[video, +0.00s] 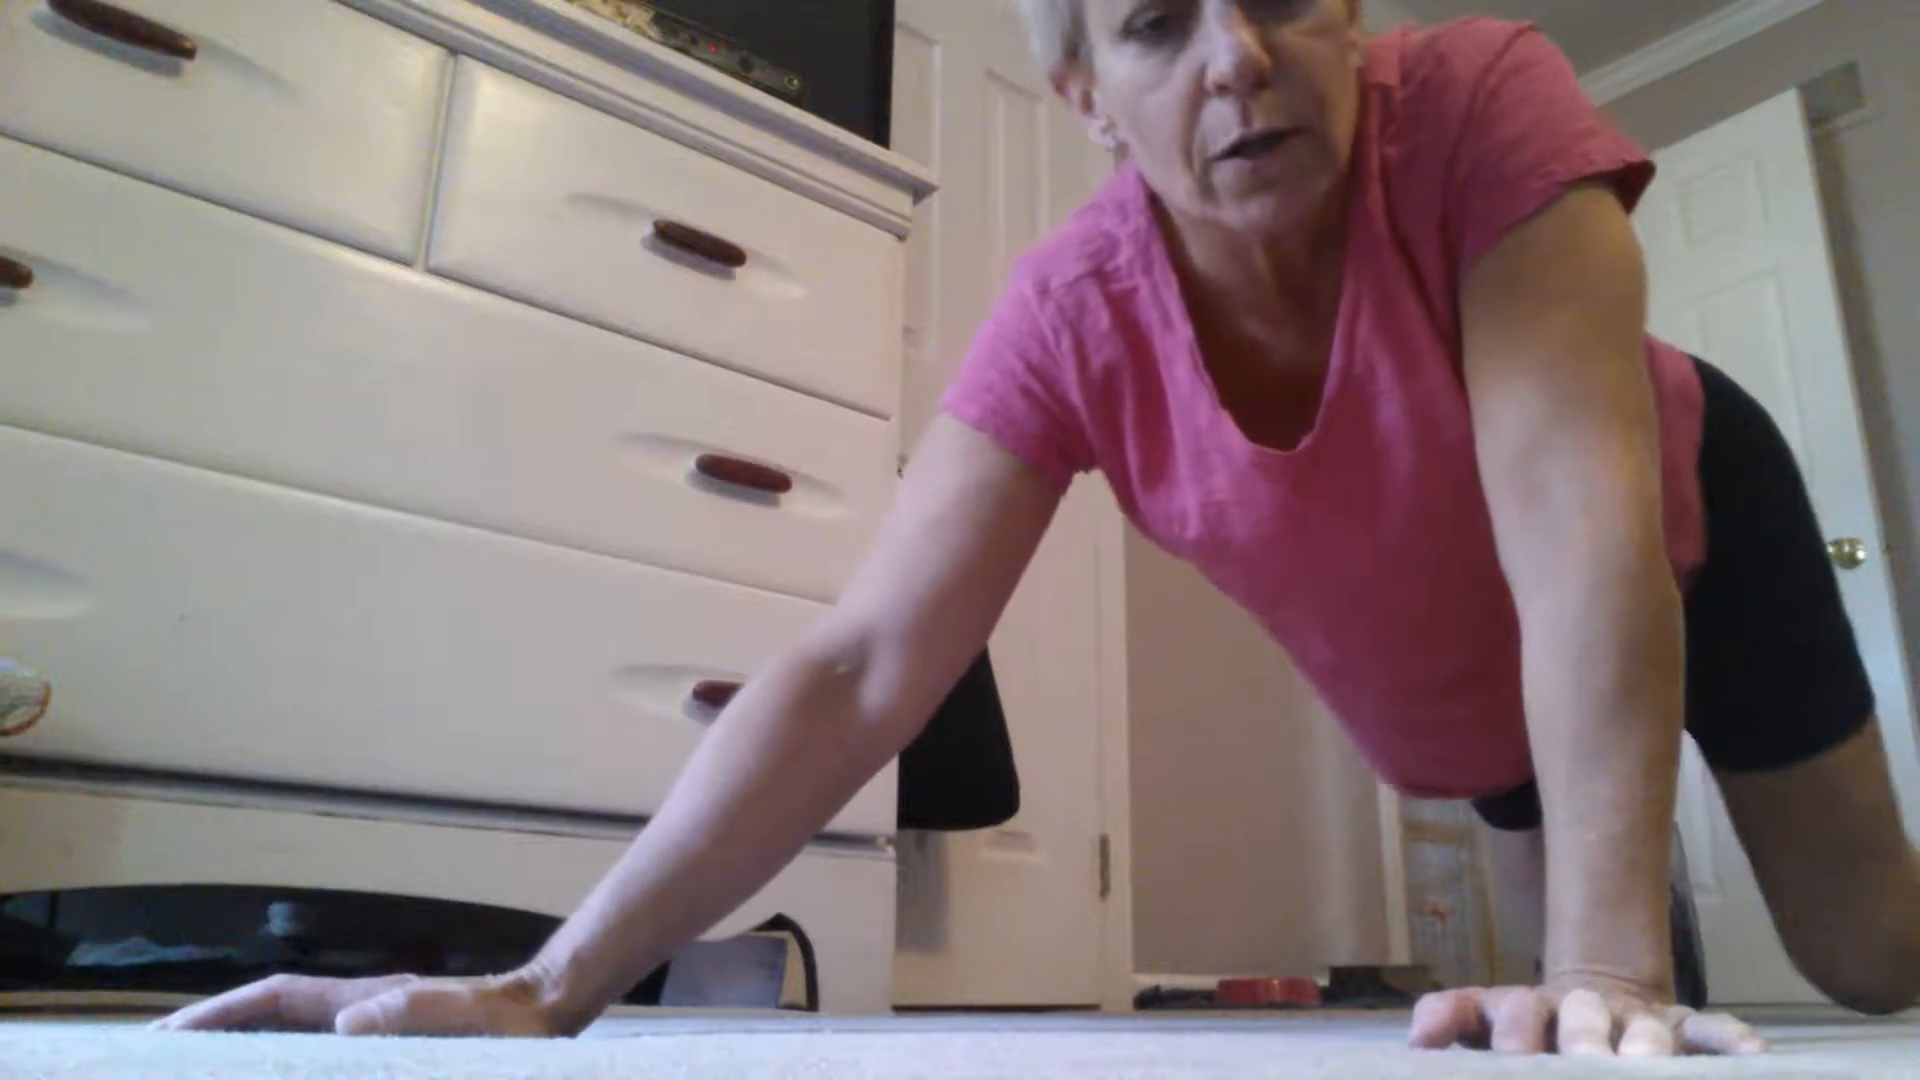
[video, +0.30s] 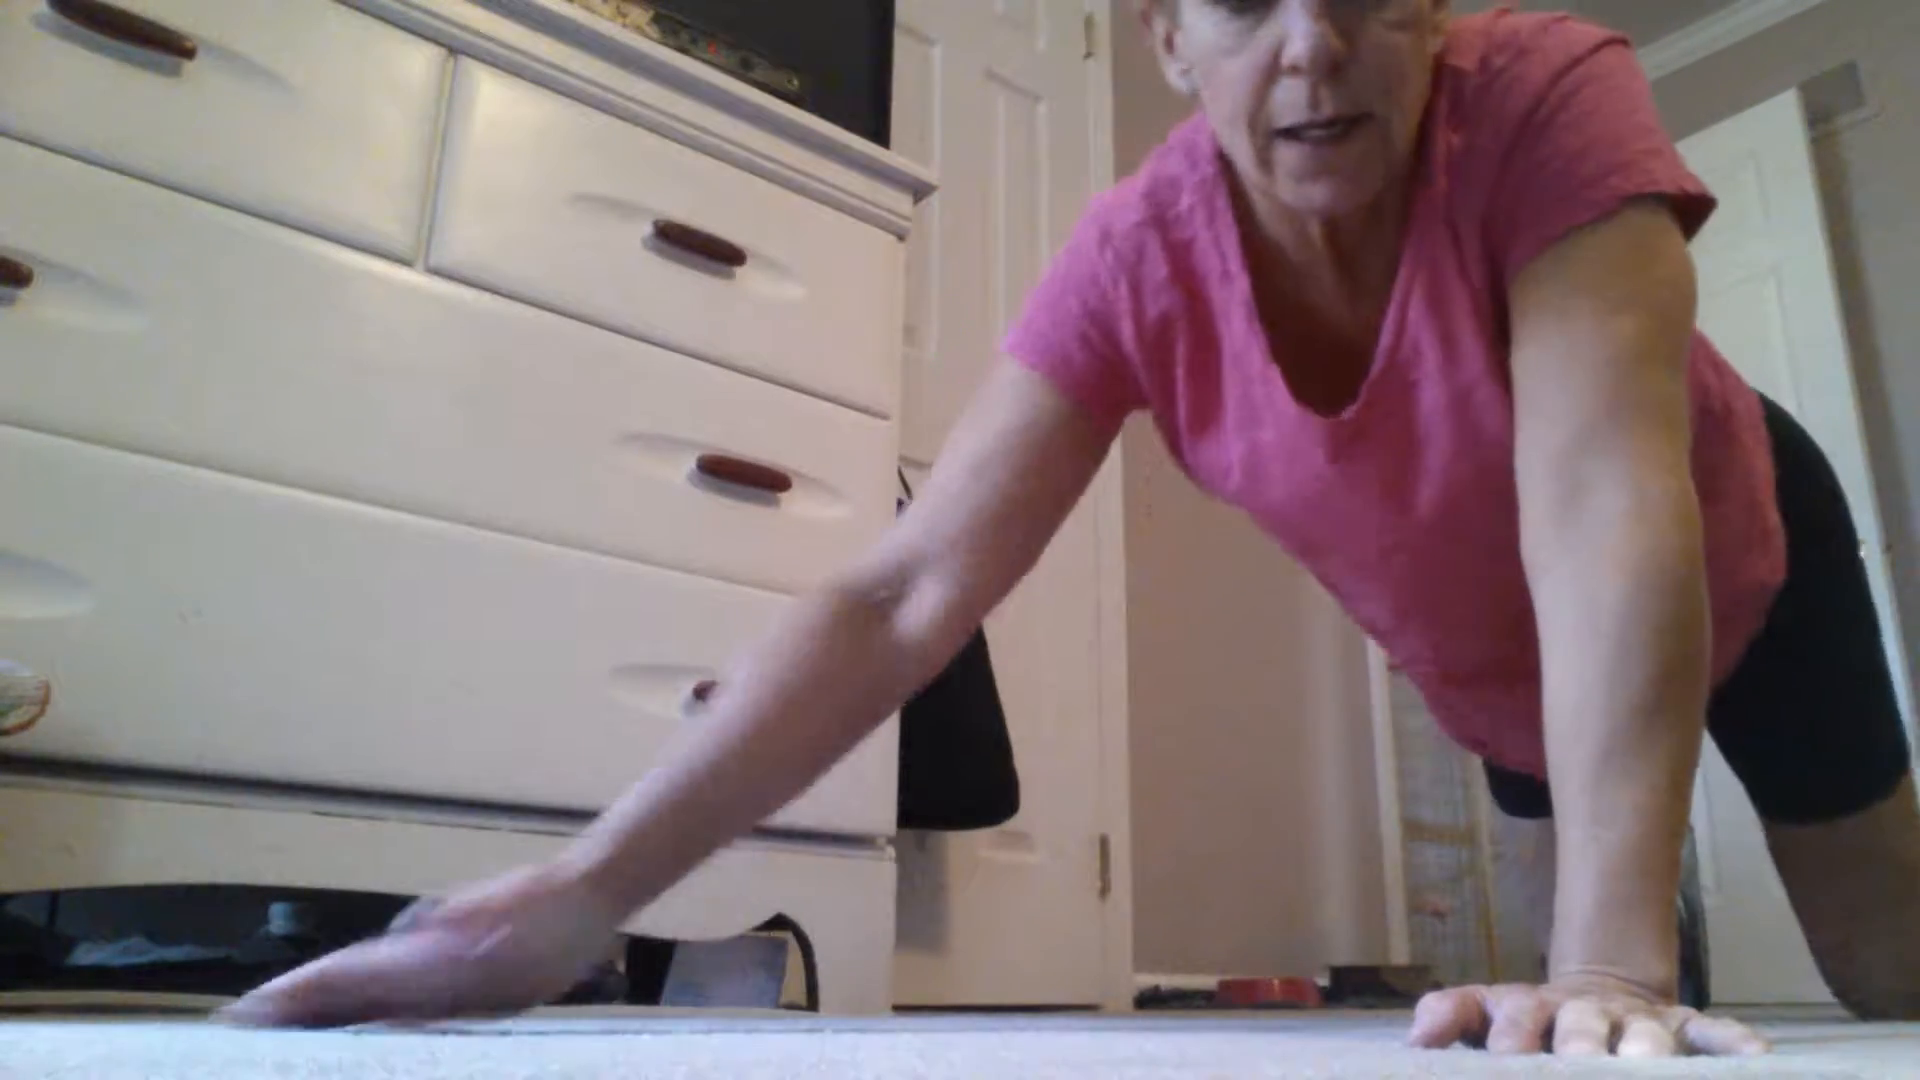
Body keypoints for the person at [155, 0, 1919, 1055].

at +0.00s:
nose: (1236, 53)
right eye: (1163, 23)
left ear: (1354, 8)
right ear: (1090, 84)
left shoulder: (1483, 103)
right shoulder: (1075, 316)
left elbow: (1590, 529)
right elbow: (856, 676)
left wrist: (1613, 981)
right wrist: (561, 979)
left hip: (1681, 563)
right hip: (1466, 722)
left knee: (1872, 956)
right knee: (1627, 964)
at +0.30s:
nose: (1313, 54)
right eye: (1255, 7)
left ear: (1435, 6)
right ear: (1181, 38)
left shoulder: (1552, 95)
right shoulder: (1140, 257)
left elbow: (1611, 510)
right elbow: (901, 602)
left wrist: (1614, 972)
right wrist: (567, 903)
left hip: (1740, 577)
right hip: (1517, 701)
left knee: (1888, 966)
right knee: (1623, 1001)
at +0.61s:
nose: (1191, 90)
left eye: (1244, 26)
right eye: (1134, 47)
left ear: (1351, 29)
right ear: (1091, 86)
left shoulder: (1496, 101)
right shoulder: (1116, 293)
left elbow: (1594, 524)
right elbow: (1107, 665)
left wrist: (1606, 973)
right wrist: (1030, 986)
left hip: (1737, 548)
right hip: (1503, 665)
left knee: (1881, 953)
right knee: (1618, 990)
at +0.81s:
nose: (1203, 81)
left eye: (1247, 19)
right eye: (1142, 43)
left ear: (1342, 31)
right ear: (1096, 95)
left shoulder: (1492, 118)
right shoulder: (1126, 297)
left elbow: (1583, 531)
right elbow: (1106, 658)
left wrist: (1604, 980)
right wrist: (1030, 984)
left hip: (1746, 535)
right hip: (1508, 658)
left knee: (1883, 957)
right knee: (1599, 971)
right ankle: (1705, 909)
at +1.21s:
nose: (1221, 125)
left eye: (1275, 52)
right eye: (1170, 75)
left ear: (1383, 60)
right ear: (1135, 112)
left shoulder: (1536, 152)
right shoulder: (1181, 325)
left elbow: (1607, 541)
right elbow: (1135, 659)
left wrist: (1607, 976)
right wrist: (1036, 981)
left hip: (1813, 540)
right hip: (1575, 648)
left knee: (1894, 963)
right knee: (1617, 988)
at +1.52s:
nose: (1199, 128)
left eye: (1253, 53)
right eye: (1153, 79)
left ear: (1368, 69)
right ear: (1123, 118)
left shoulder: (1525, 153)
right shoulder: (1177, 324)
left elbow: (1600, 537)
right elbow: (1130, 656)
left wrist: (1606, 974)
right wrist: (1035, 981)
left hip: (1808, 549)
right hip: (1575, 647)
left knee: (1890, 959)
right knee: (1616, 939)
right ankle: (1733, 872)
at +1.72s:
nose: (1217, 127)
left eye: (1271, 55)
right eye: (1167, 80)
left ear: (1368, 76)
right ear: (1134, 126)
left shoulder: (1518, 168)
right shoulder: (1170, 332)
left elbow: (1606, 555)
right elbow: (1123, 667)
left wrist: (1603, 977)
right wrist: (1033, 980)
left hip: (1762, 534)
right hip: (1529, 656)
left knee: (1888, 961)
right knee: (1644, 952)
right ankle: (1760, 879)